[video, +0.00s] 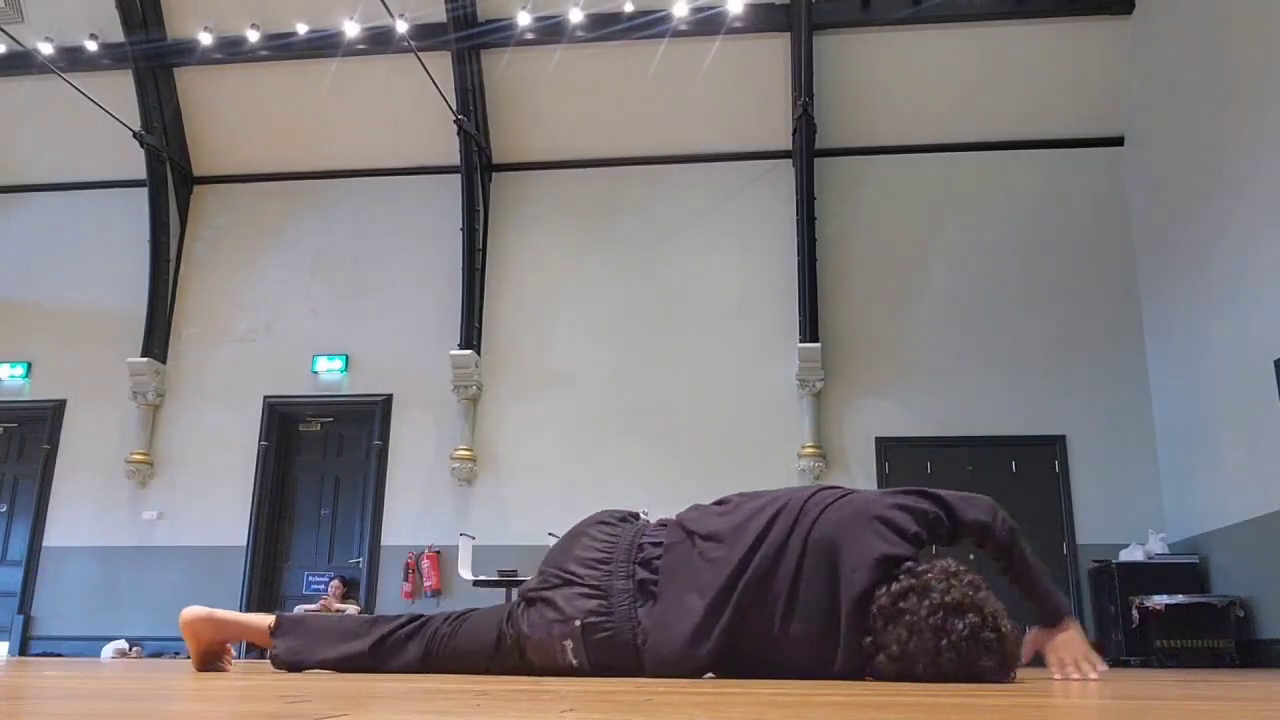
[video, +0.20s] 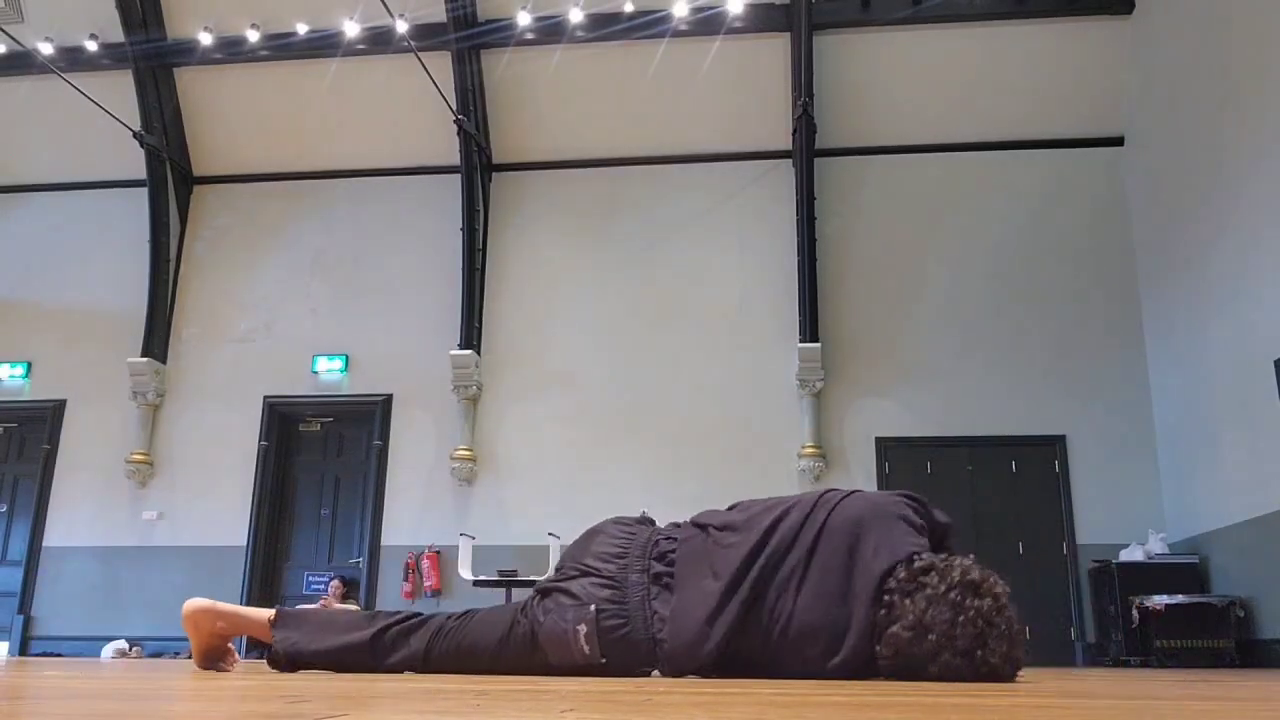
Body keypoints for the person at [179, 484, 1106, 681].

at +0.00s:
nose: (973, 673)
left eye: (986, 660)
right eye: (953, 676)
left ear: (975, 592)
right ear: (893, 659)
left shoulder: (894, 527)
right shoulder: (845, 661)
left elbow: (989, 518)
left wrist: (1057, 622)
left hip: (627, 548)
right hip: (603, 630)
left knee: (467, 622)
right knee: (417, 638)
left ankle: (322, 620)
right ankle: (266, 634)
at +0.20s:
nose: (956, 685)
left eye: (972, 671)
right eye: (953, 678)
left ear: (957, 569)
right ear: (919, 661)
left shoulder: (889, 512)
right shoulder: (855, 663)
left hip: (624, 546)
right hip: (607, 632)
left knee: (457, 626)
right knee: (425, 638)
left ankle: (306, 619)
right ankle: (255, 633)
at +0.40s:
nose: (960, 681)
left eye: (976, 668)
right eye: (963, 673)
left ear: (944, 567)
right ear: (933, 652)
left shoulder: (868, 518)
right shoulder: (847, 646)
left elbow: (756, 531)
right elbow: (743, 667)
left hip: (633, 552)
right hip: (618, 619)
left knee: (455, 629)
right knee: (427, 641)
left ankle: (292, 612)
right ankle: (250, 612)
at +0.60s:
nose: (960, 681)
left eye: (975, 669)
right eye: (966, 673)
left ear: (939, 572)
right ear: (937, 653)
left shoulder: (859, 545)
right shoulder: (850, 636)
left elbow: (750, 545)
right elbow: (749, 663)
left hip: (632, 570)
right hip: (617, 619)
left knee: (451, 631)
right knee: (436, 640)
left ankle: (284, 612)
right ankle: (265, 601)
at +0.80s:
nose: (948, 683)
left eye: (967, 675)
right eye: (952, 673)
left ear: (949, 619)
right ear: (927, 645)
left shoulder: (905, 599)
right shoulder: (855, 610)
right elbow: (743, 568)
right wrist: (664, 650)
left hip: (647, 607)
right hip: (620, 615)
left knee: (462, 638)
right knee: (435, 643)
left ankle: (311, 608)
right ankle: (274, 595)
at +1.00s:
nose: (950, 668)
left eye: (966, 661)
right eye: (958, 657)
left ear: (934, 598)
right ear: (931, 623)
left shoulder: (872, 588)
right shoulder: (854, 617)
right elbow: (750, 664)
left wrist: (897, 657)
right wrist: (886, 673)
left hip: (650, 601)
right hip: (637, 616)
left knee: (481, 642)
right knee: (460, 650)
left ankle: (324, 612)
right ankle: (292, 606)